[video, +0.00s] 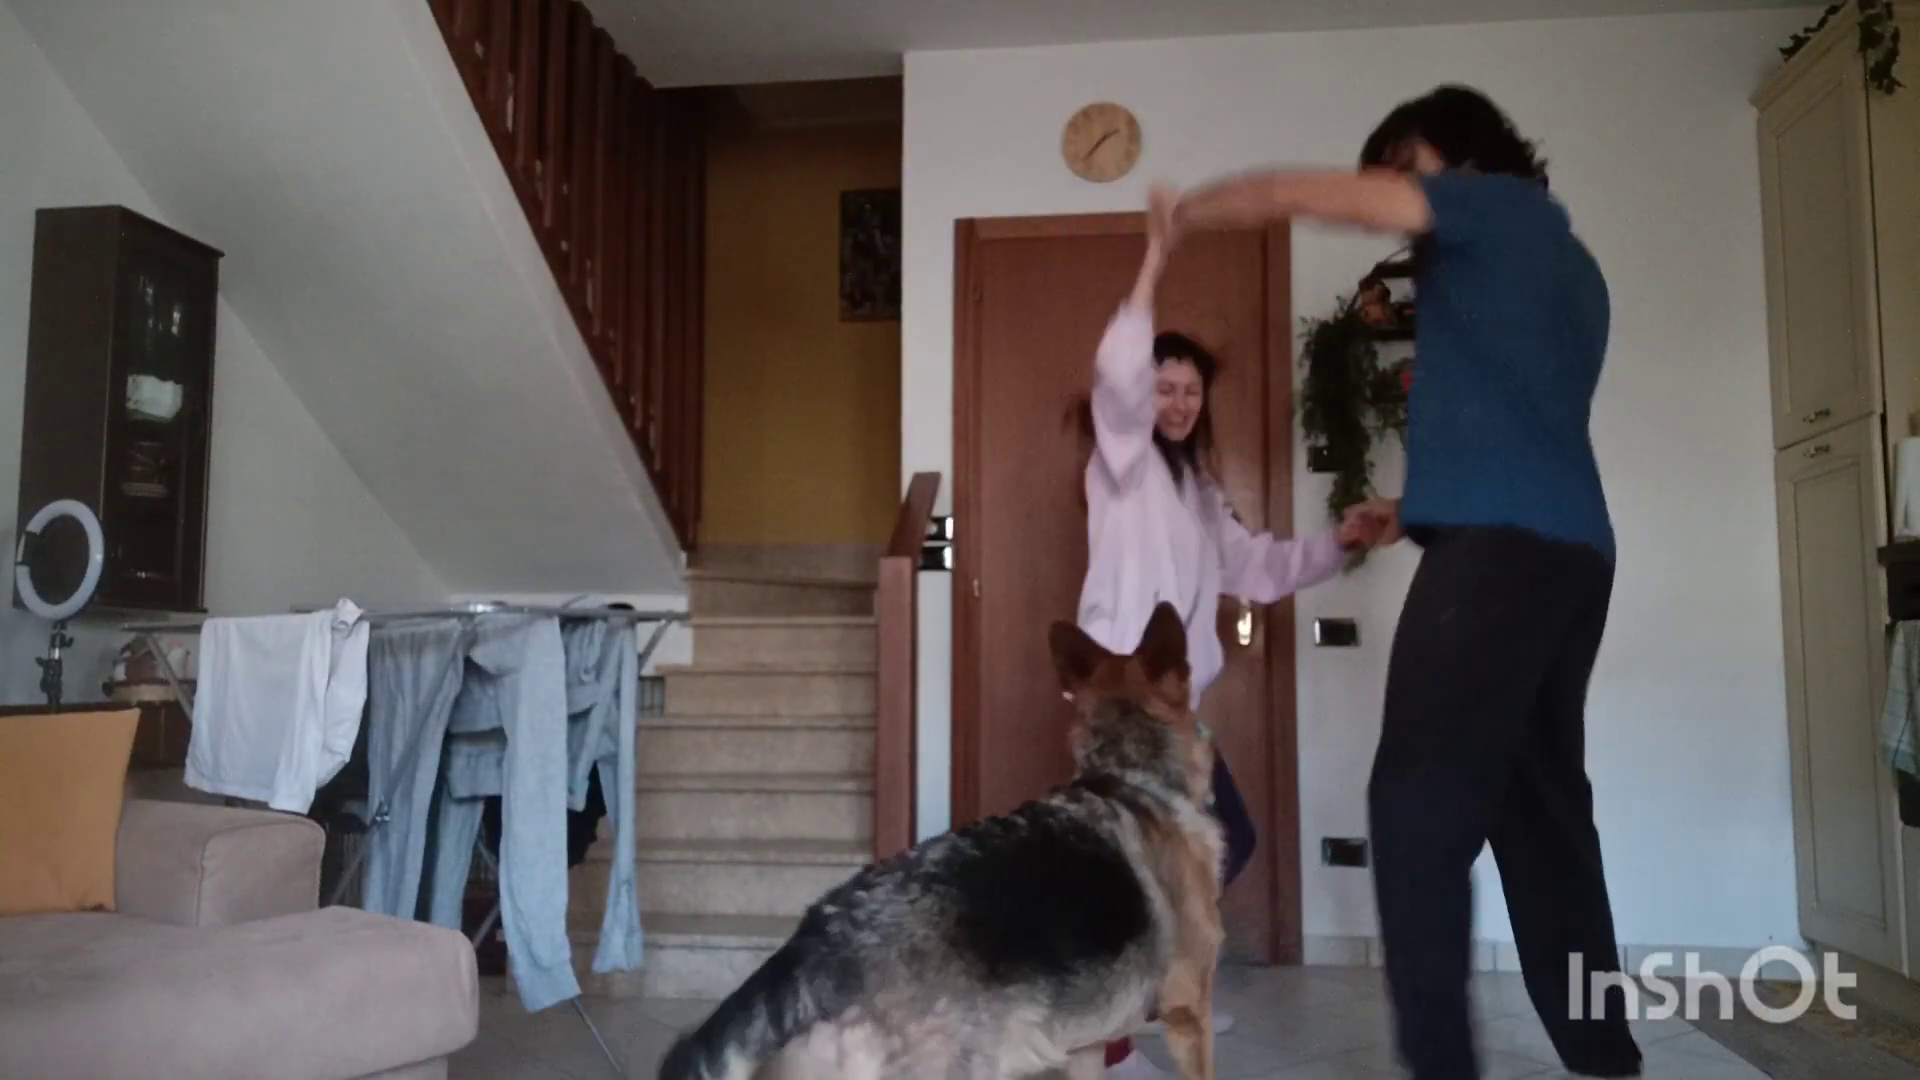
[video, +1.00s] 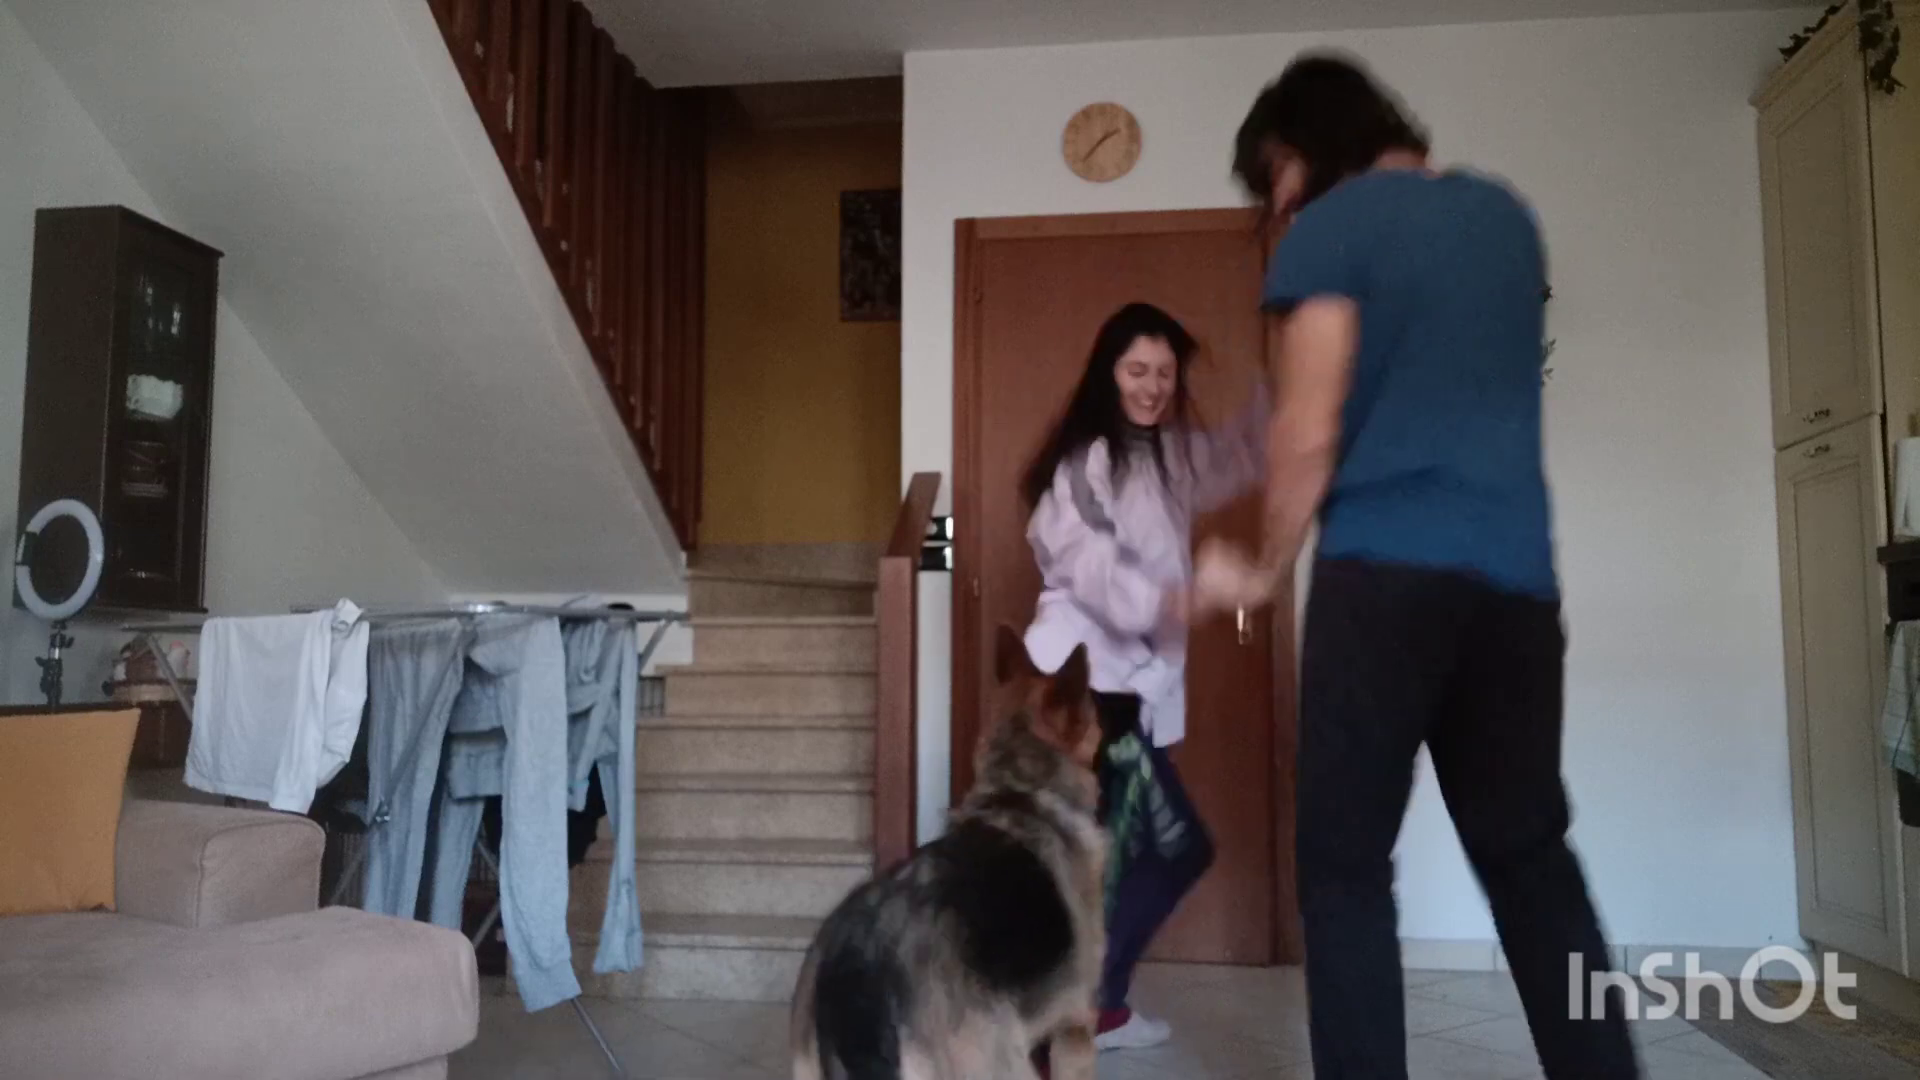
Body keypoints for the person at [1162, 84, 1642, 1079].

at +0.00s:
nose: (1397, 204)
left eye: (1399, 184)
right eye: (1391, 190)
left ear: (1435, 152)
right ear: (1493, 152)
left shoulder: (1486, 206)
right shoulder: (1575, 266)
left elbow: (1294, 194)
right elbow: (1528, 419)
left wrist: (1186, 209)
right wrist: (1408, 511)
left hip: (1493, 547)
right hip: (1569, 558)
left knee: (1416, 810)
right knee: (1539, 805)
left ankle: (1441, 1062)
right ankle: (1605, 1055)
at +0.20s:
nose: (1376, 235)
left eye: (1375, 220)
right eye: (1370, 224)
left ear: (1398, 191)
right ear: (1478, 185)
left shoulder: (1425, 244)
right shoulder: (1569, 282)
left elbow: (1245, 303)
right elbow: (1538, 419)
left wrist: (1151, 340)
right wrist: (1388, 443)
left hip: (1444, 586)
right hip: (1552, 601)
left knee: (1370, 841)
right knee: (1541, 851)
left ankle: (1409, 1067)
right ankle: (1596, 1067)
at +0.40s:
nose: (1329, 224)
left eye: (1330, 210)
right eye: (1328, 213)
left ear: (1354, 193)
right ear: (1455, 187)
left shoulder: (1345, 245)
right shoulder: (1536, 263)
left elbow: (1201, 388)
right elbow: (1538, 361)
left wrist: (1116, 485)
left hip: (1374, 601)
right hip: (1508, 610)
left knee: (1355, 873)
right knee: (1521, 846)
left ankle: (1368, 1070)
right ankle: (1578, 1070)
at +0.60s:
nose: (1292, 221)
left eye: (1287, 206)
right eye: (1289, 209)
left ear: (1306, 185)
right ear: (1401, 162)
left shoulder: (1294, 248)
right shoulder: (1502, 225)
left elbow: (1220, 431)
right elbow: (1518, 325)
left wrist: (1176, 564)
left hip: (1356, 587)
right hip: (1496, 587)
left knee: (1341, 857)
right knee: (1512, 821)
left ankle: (1366, 1067)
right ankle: (1545, 1058)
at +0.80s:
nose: (1264, 215)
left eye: (1260, 193)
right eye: (1256, 197)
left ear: (1285, 164)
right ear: (1377, 144)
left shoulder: (1284, 239)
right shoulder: (1491, 221)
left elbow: (1246, 434)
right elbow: (1526, 306)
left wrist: (1211, 569)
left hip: (1352, 585)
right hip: (1493, 586)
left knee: (1343, 866)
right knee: (1514, 840)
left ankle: (1369, 1068)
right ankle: (1574, 1067)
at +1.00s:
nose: (1276, 211)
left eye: (1274, 183)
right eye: (1267, 190)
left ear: (1310, 151)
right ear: (1390, 137)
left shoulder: (1327, 228)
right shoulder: (1505, 215)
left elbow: (1309, 432)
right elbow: (1501, 394)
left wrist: (1267, 562)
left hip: (1382, 588)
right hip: (1516, 594)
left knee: (1343, 867)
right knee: (1528, 853)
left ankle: (1362, 1068)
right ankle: (1603, 1066)